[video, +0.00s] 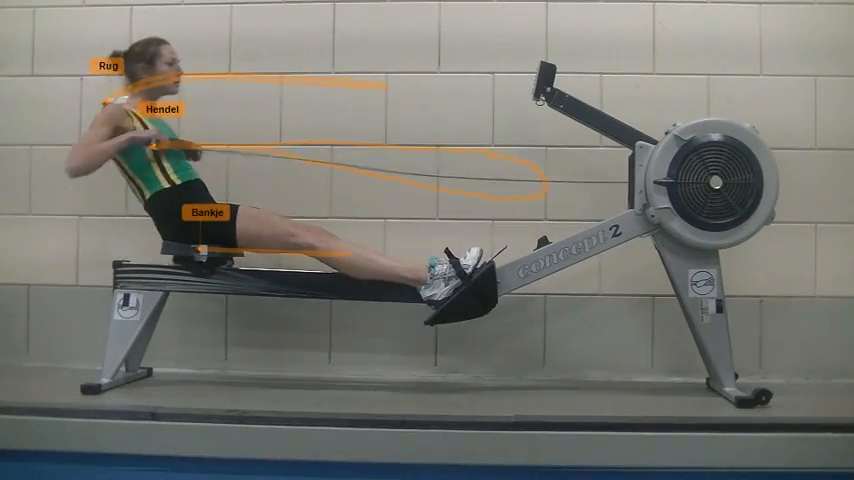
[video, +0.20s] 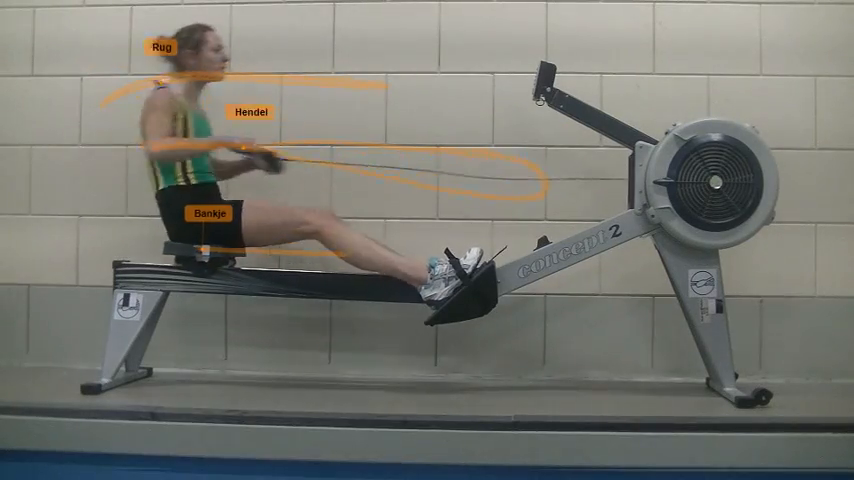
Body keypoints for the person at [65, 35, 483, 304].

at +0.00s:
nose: (177, 75)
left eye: (176, 68)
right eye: (170, 69)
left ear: (158, 72)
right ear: (143, 72)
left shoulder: (153, 112)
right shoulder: (119, 112)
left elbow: (160, 164)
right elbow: (75, 165)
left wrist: (187, 152)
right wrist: (133, 137)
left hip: (196, 210)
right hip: (183, 215)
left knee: (314, 235)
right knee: (312, 237)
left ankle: (428, 277)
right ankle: (429, 281)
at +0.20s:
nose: (224, 56)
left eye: (222, 48)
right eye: (215, 50)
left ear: (200, 58)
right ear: (190, 56)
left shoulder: (193, 108)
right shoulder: (164, 97)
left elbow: (210, 169)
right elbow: (156, 148)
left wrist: (251, 162)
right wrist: (226, 145)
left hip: (204, 210)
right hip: (190, 214)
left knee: (323, 220)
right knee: (318, 221)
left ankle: (429, 274)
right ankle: (425, 281)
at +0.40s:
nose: (290, 55)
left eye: (287, 47)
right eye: (280, 48)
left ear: (261, 57)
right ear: (253, 56)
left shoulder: (257, 106)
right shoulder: (232, 97)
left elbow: (292, 165)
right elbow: (256, 148)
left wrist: (347, 174)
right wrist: (325, 155)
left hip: (235, 217)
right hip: (220, 220)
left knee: (349, 191)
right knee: (343, 193)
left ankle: (429, 273)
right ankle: (426, 280)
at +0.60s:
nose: (350, 58)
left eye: (346, 51)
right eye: (340, 52)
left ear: (319, 63)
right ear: (315, 61)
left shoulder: (315, 105)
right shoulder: (296, 101)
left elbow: (358, 158)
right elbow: (348, 158)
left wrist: (421, 177)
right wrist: (415, 174)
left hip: (280, 212)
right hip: (269, 216)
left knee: (382, 177)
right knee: (380, 179)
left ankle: (431, 272)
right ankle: (430, 281)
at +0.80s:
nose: (403, 59)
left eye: (398, 52)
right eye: (393, 54)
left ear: (373, 69)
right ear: (370, 68)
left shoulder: (364, 104)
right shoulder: (358, 105)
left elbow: (416, 159)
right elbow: (420, 158)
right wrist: (490, 183)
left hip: (324, 219)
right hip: (320, 221)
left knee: (415, 154)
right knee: (415, 155)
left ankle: (432, 267)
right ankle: (429, 272)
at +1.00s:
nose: (423, 59)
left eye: (419, 53)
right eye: (414, 54)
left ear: (393, 69)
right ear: (392, 68)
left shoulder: (387, 104)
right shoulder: (382, 105)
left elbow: (454, 146)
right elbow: (453, 148)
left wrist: (520, 168)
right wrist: (521, 171)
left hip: (342, 215)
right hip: (338, 218)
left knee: (436, 157)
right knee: (438, 158)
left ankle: (434, 260)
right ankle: (429, 271)